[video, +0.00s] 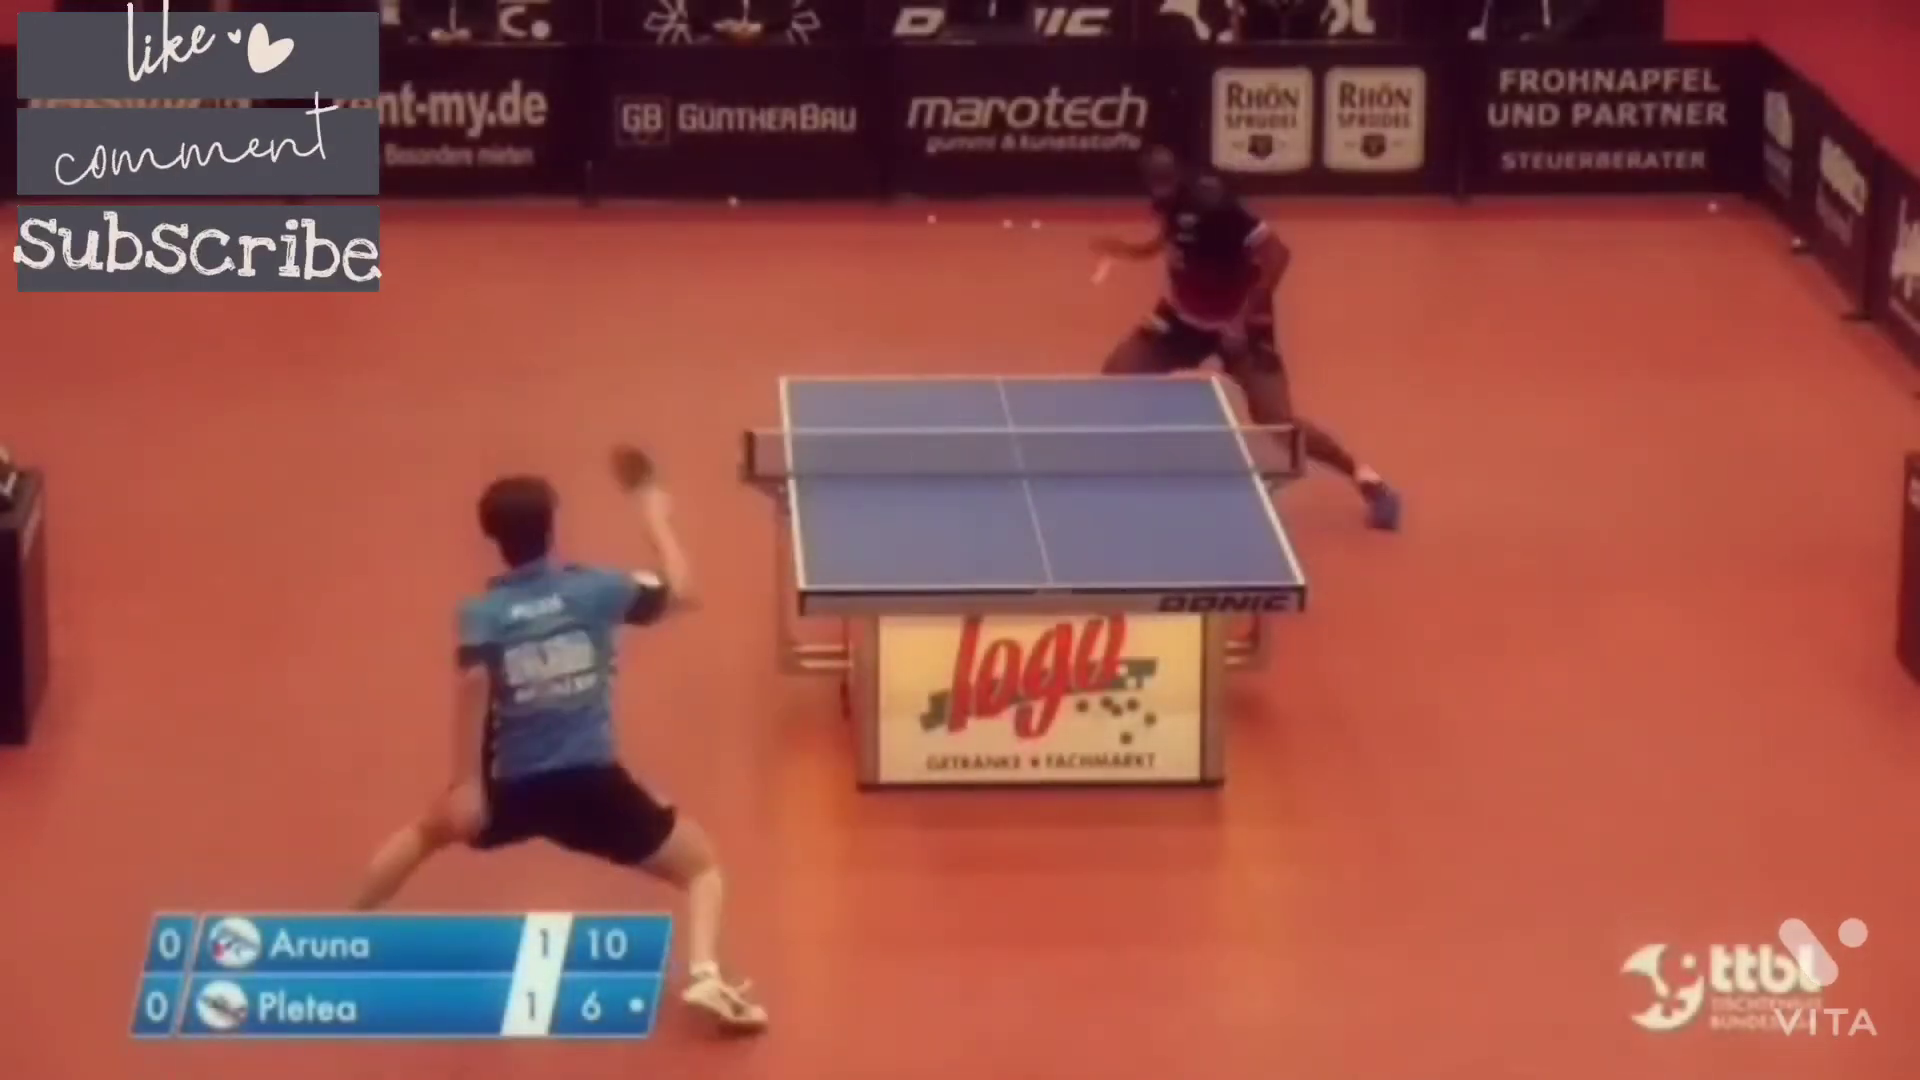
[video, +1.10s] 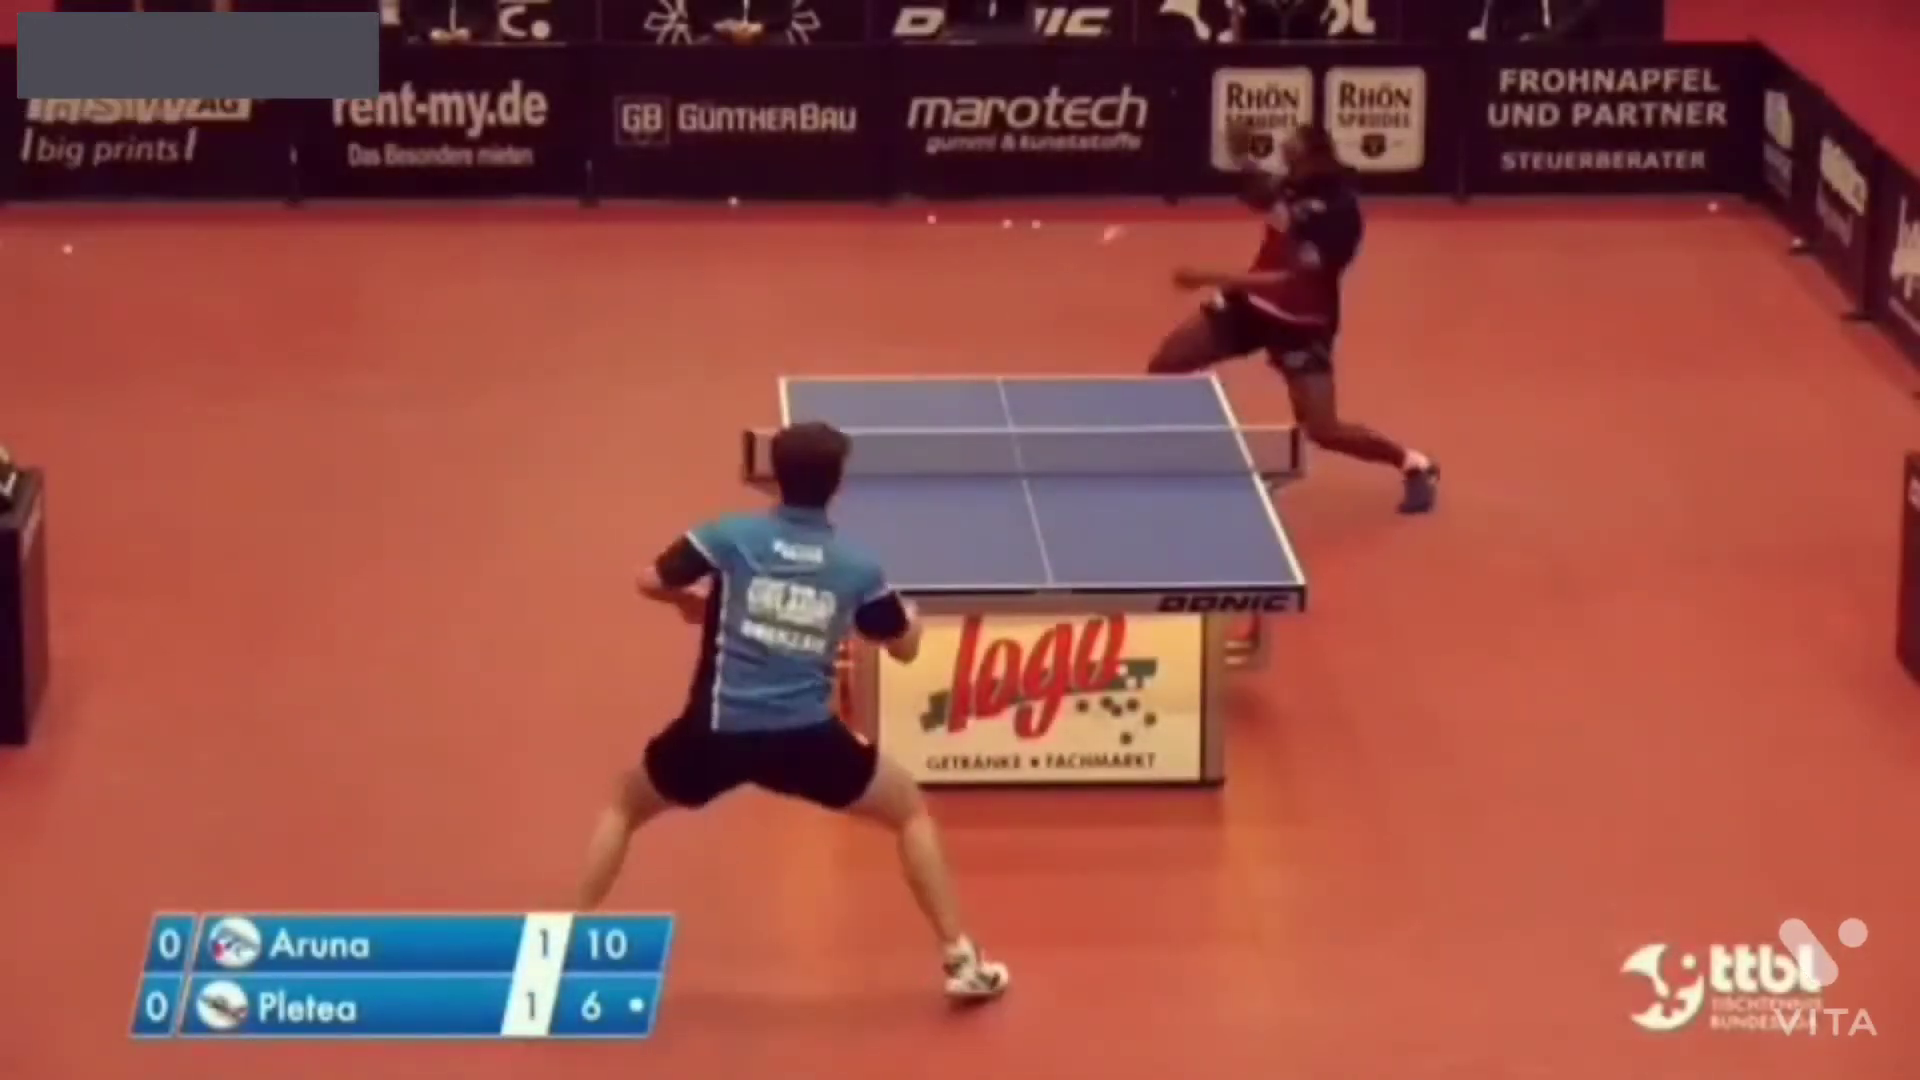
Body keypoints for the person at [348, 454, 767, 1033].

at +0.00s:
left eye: (498, 528)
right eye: (539, 518)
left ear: (494, 537)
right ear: (551, 525)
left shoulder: (481, 611)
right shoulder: (594, 588)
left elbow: (471, 698)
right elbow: (682, 592)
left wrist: (460, 784)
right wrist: (653, 509)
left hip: (515, 795)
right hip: (592, 788)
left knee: (426, 832)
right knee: (700, 869)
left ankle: (342, 928)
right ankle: (704, 975)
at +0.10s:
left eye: (607, 490)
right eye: (646, 489)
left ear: (592, 502)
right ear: (652, 501)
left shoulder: (561, 570)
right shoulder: (681, 578)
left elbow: (498, 631)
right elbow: (753, 647)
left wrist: (483, 702)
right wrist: (764, 584)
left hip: (558, 763)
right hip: (646, 763)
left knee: (466, 836)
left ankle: (372, 935)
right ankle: (790, 971)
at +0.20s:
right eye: (717, 496)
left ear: (661, 506)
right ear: (721, 508)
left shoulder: (625, 567)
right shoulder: (738, 592)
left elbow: (550, 610)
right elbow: (779, 672)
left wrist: (561, 665)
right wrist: (800, 659)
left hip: (594, 756)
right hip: (674, 766)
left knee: (527, 799)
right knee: (796, 862)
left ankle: (486, 927)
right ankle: (889, 992)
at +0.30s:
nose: (802, 545)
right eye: (802, 538)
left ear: (742, 541)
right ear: (799, 552)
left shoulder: (698, 598)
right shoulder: (800, 634)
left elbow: (653, 642)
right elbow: (839, 710)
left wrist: (714, 640)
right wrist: (854, 678)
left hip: (653, 785)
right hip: (734, 793)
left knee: (595, 843)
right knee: (860, 862)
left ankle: (542, 955)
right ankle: (918, 1002)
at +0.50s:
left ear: (749, 516)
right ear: (808, 524)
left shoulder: (709, 570)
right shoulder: (829, 598)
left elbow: (624, 597)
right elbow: (894, 650)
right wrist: (844, 634)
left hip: (693, 763)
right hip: (777, 770)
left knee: (604, 836)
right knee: (883, 852)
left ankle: (549, 962)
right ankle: (923, 1003)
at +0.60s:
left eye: (746, 468)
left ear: (744, 480)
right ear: (801, 488)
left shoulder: (726, 526)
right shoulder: (817, 558)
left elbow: (665, 552)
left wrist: (654, 576)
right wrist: (838, 550)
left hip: (688, 715)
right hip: (768, 725)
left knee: (604, 838)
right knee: (855, 858)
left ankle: (533, 959)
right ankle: (922, 998)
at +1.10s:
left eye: (773, 468)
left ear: (774, 479)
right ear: (835, 484)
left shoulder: (730, 536)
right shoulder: (854, 566)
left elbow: (656, 582)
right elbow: (904, 644)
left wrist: (692, 604)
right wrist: (874, 609)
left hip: (716, 736)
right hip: (806, 740)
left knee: (626, 807)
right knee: (910, 812)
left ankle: (567, 938)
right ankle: (960, 958)